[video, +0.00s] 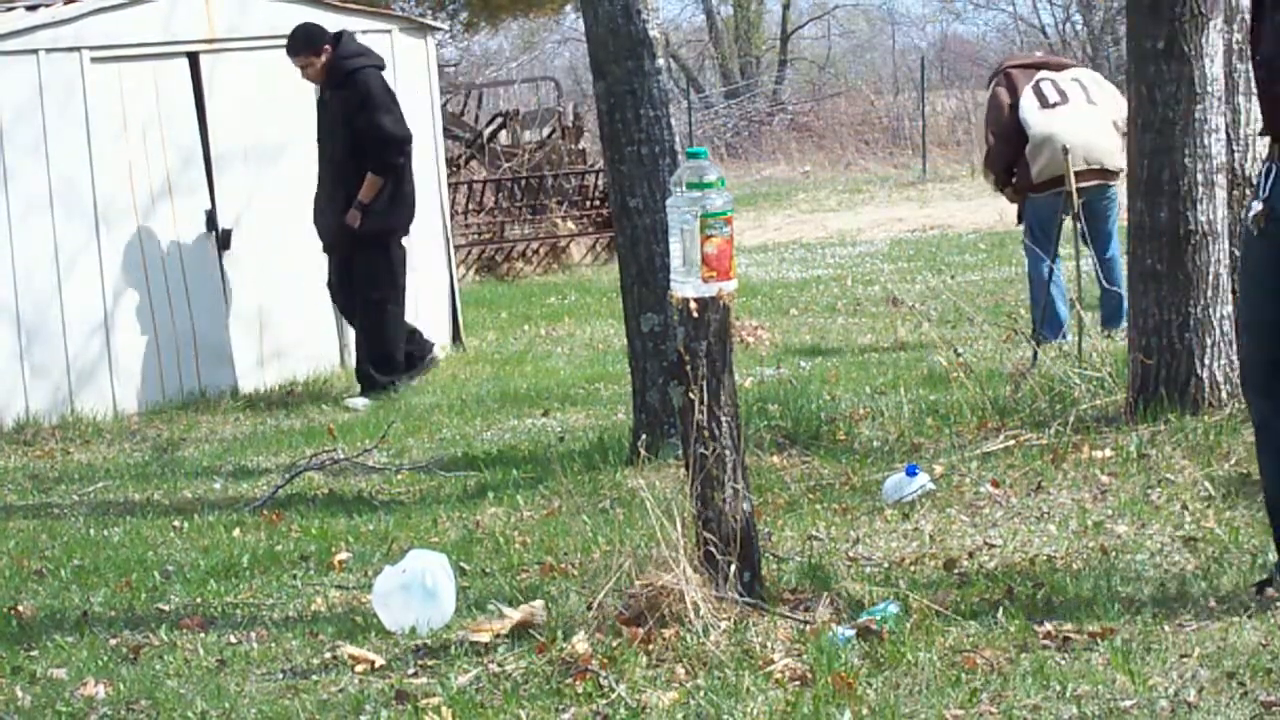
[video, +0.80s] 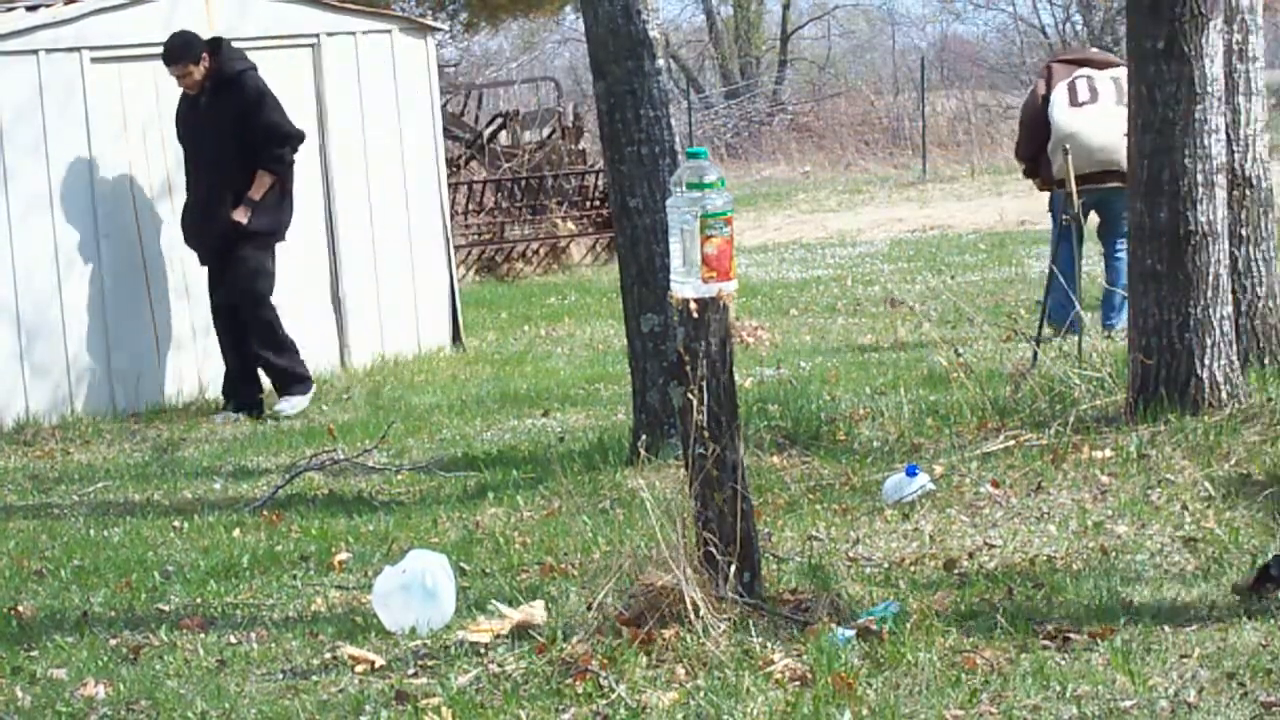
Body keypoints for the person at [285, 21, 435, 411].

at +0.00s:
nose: (303, 75)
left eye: (306, 66)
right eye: (299, 68)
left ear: (325, 53)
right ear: (315, 57)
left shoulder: (360, 78)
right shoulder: (334, 80)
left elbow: (391, 145)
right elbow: (343, 149)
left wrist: (360, 204)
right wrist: (330, 202)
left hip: (375, 216)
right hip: (347, 215)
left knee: (374, 299)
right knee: (346, 293)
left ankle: (379, 387)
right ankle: (414, 349)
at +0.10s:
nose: (293, 74)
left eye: (296, 65)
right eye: (289, 67)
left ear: (316, 52)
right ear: (303, 58)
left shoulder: (354, 80)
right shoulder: (318, 86)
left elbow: (386, 144)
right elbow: (326, 152)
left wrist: (354, 203)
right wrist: (314, 203)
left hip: (365, 218)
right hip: (329, 218)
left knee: (366, 298)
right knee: (323, 290)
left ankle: (379, 386)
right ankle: (369, 372)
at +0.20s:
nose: (282, 75)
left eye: (286, 67)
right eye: (278, 69)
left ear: (305, 54)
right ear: (286, 61)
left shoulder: (345, 82)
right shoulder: (301, 91)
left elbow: (377, 144)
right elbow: (310, 154)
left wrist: (346, 203)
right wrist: (297, 201)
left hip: (355, 218)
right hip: (312, 217)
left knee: (360, 302)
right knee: (304, 302)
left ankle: (377, 387)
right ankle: (323, 385)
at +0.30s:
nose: (269, 78)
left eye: (272, 70)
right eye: (264, 71)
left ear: (293, 57)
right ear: (272, 64)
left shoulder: (330, 82)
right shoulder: (284, 94)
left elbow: (365, 147)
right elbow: (294, 157)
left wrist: (334, 206)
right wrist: (282, 205)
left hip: (344, 223)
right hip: (301, 224)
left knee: (355, 309)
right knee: (286, 313)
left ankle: (376, 390)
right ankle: (269, 395)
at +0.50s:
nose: (232, 84)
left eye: (235, 75)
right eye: (227, 77)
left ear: (256, 62)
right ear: (228, 71)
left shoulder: (292, 89)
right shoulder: (241, 106)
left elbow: (330, 148)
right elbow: (248, 174)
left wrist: (302, 211)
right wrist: (237, 222)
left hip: (305, 229)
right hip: (261, 232)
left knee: (330, 314)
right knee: (256, 324)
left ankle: (372, 389)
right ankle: (244, 404)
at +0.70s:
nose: (194, 83)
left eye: (198, 75)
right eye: (189, 76)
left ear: (218, 62)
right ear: (186, 71)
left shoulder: (255, 85)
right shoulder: (202, 101)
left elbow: (293, 146)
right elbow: (209, 164)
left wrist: (263, 206)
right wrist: (204, 213)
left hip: (263, 219)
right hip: (224, 222)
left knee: (273, 303)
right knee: (234, 315)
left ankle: (333, 375)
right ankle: (244, 402)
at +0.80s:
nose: (180, 83)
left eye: (185, 74)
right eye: (175, 76)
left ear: (204, 61)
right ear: (173, 71)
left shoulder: (242, 85)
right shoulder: (188, 104)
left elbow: (282, 143)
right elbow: (197, 165)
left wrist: (249, 202)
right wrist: (194, 211)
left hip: (252, 219)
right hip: (213, 222)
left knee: (250, 303)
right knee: (225, 312)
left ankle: (296, 384)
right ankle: (243, 402)